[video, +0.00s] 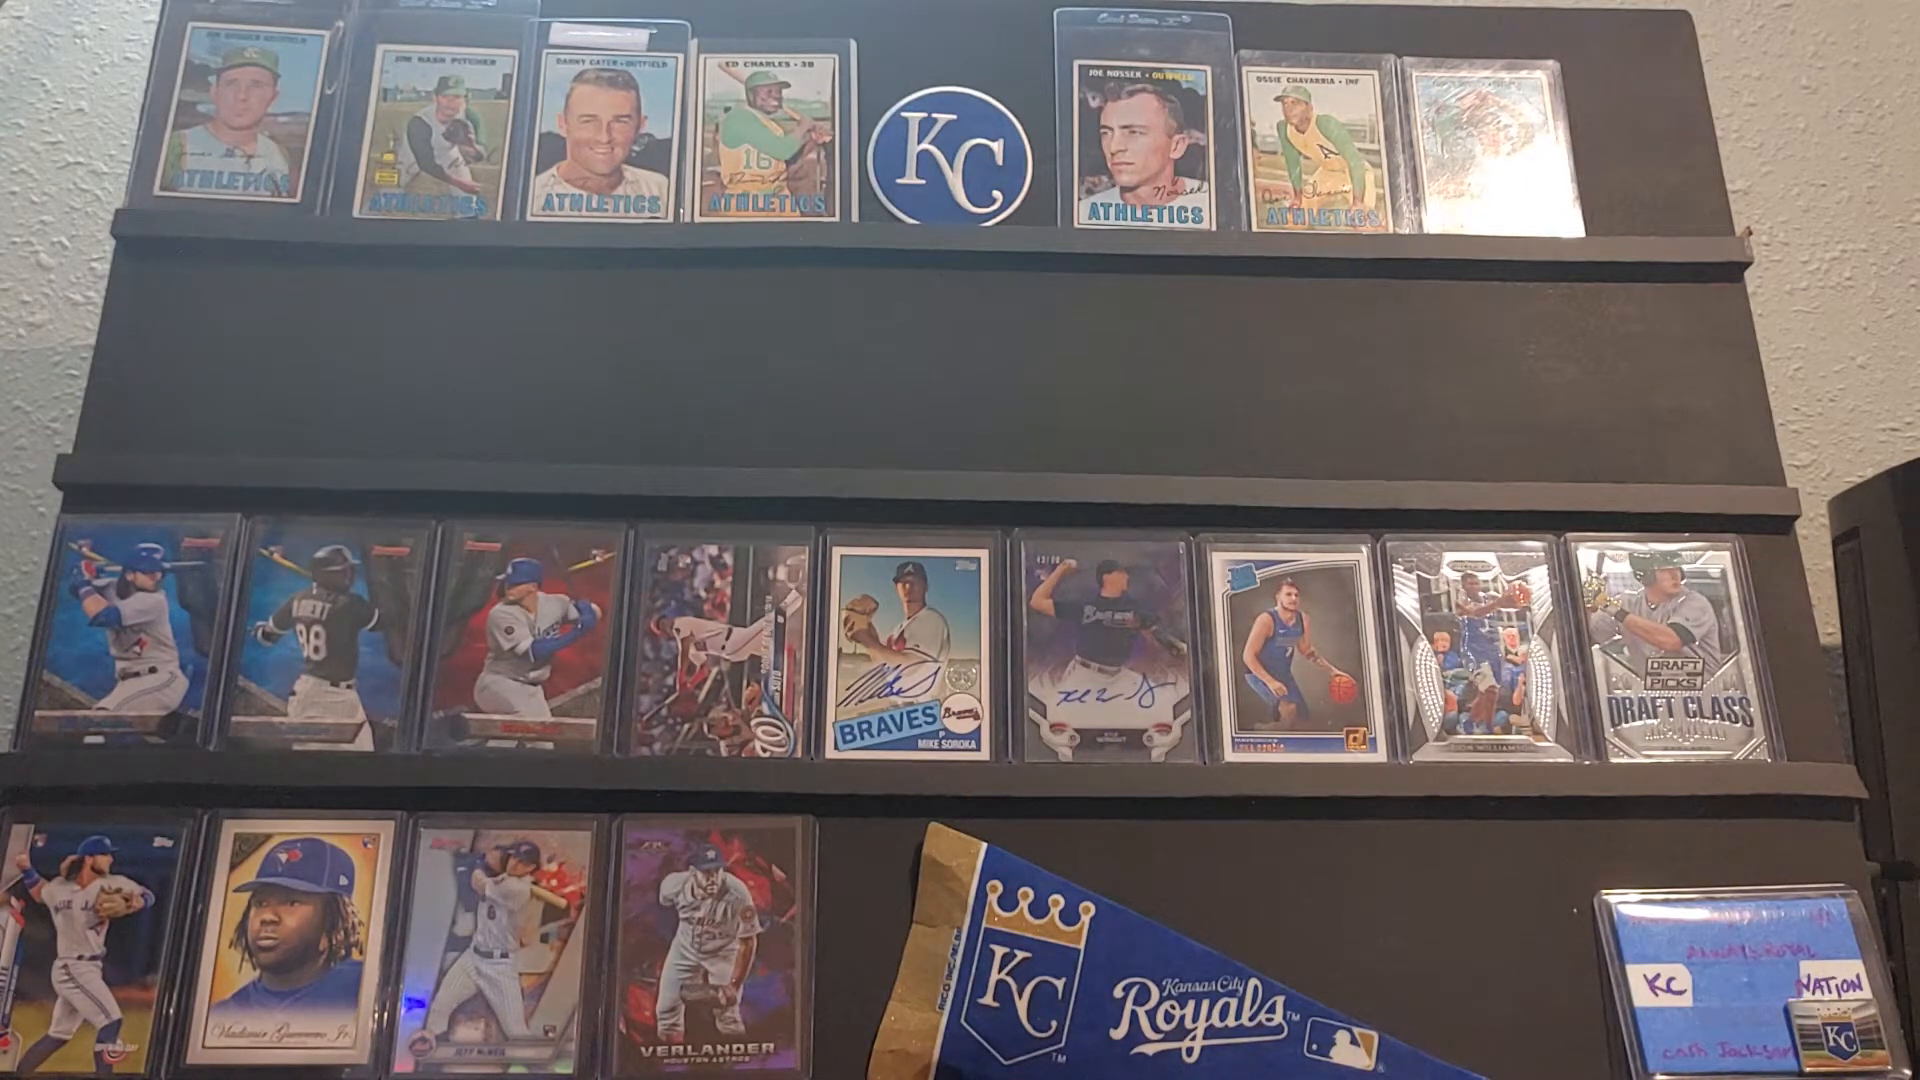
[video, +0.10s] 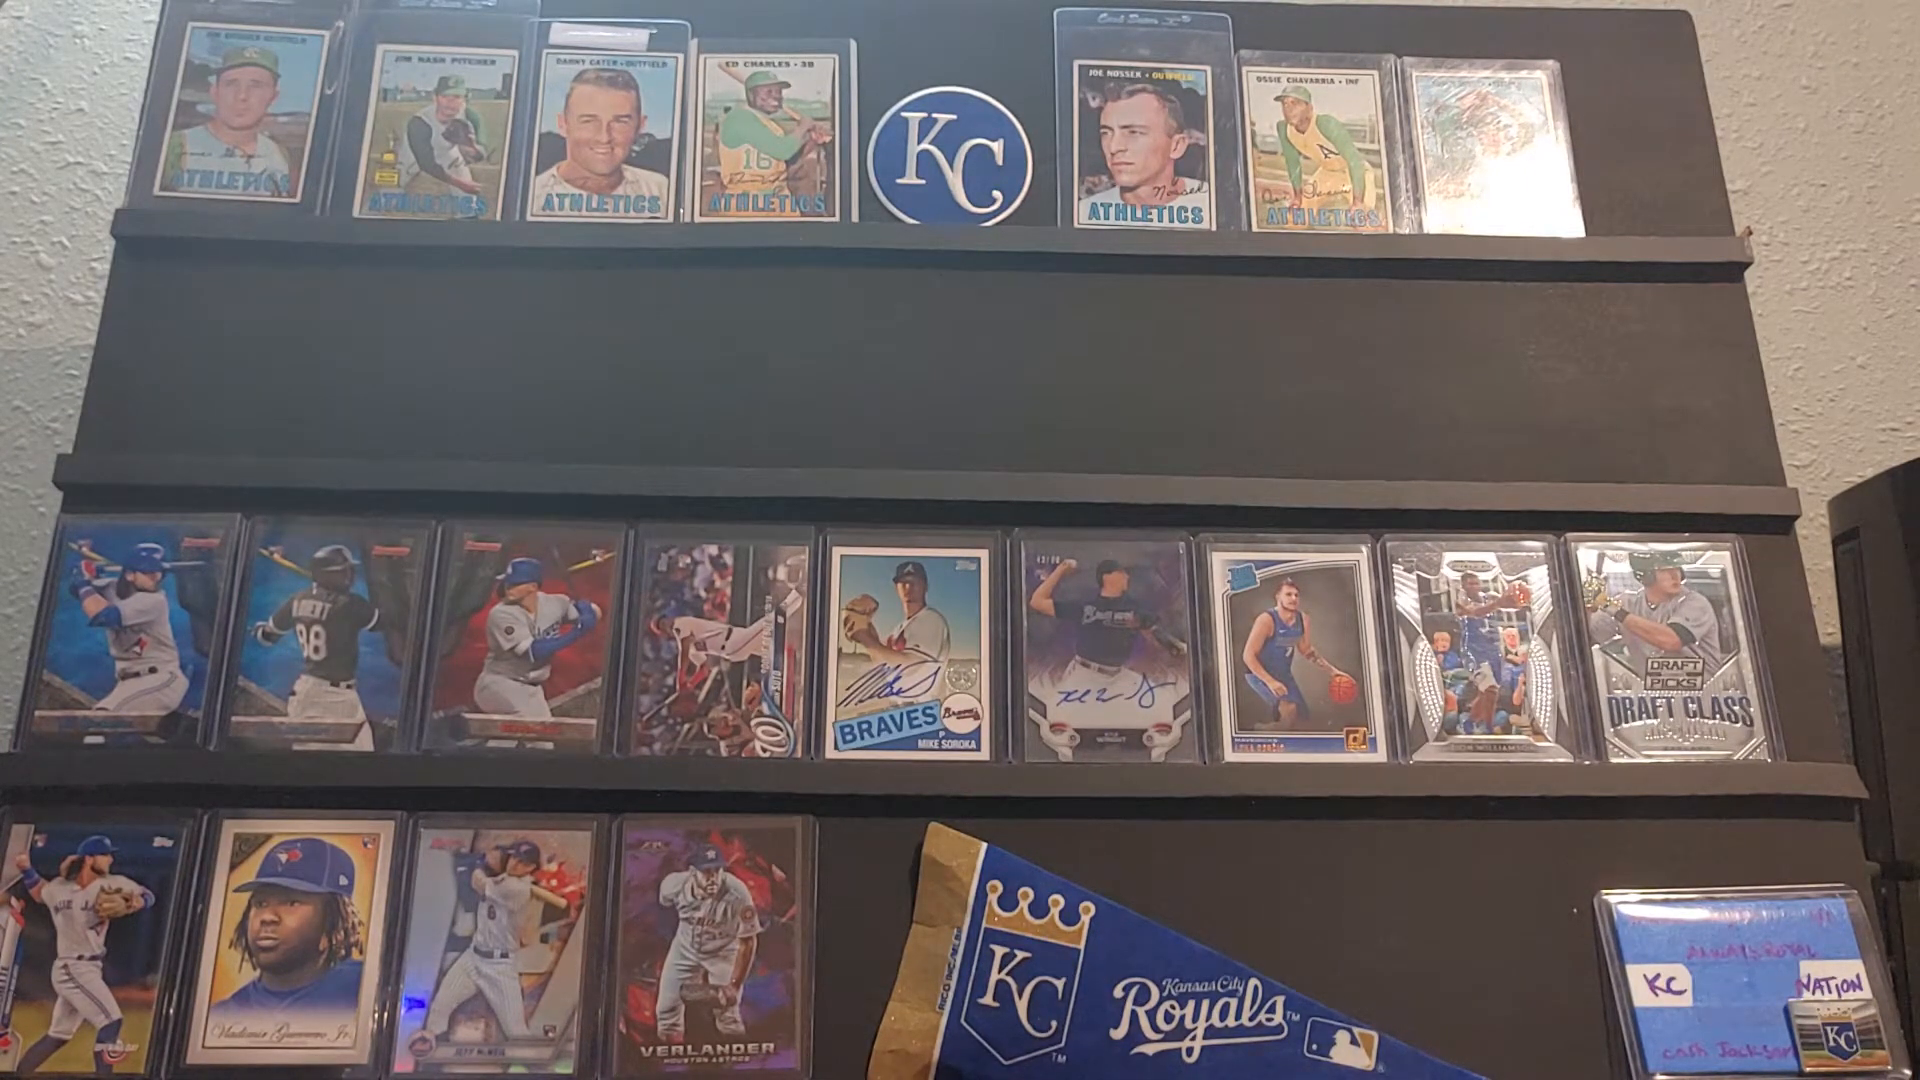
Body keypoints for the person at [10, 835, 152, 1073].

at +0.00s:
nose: (110, 859)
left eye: (110, 855)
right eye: (105, 855)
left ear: (95, 861)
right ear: (89, 859)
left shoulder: (112, 884)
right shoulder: (58, 888)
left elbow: (149, 896)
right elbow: (39, 892)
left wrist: (134, 904)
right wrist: (27, 869)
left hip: (90, 968)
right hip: (71, 968)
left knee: (58, 1035)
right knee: (111, 1020)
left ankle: (19, 1072)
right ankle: (104, 1074)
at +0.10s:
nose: (110, 860)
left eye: (110, 855)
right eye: (105, 855)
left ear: (94, 861)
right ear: (89, 860)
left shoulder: (111, 884)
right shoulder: (58, 889)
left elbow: (149, 896)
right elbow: (39, 892)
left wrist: (135, 903)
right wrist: (27, 870)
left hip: (90, 968)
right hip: (71, 968)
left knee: (58, 1036)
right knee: (111, 1020)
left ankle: (19, 1073)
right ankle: (104, 1074)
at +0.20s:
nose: (110, 859)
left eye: (110, 855)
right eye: (105, 855)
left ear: (94, 861)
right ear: (89, 860)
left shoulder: (112, 884)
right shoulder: (58, 889)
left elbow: (148, 896)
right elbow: (39, 891)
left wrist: (134, 904)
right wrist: (27, 869)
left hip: (90, 968)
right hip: (71, 968)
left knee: (58, 1035)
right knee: (111, 1020)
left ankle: (19, 1073)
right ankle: (104, 1074)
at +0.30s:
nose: (110, 859)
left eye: (110, 855)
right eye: (105, 855)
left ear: (94, 861)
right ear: (89, 860)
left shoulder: (112, 884)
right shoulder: (58, 889)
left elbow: (148, 896)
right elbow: (39, 891)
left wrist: (134, 904)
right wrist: (27, 869)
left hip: (90, 968)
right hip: (71, 968)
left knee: (58, 1035)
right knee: (111, 1020)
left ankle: (19, 1073)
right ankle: (104, 1074)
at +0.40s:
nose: (110, 859)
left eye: (110, 855)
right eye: (105, 855)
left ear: (94, 861)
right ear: (89, 860)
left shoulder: (112, 884)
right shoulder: (58, 889)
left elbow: (148, 896)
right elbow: (39, 891)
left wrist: (134, 904)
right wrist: (27, 869)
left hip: (90, 968)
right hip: (71, 968)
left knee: (58, 1035)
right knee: (111, 1020)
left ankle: (19, 1073)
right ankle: (104, 1074)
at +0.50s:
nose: (110, 859)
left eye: (110, 855)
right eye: (105, 855)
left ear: (95, 861)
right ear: (89, 859)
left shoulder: (111, 884)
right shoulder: (58, 889)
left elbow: (149, 896)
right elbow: (39, 891)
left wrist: (134, 903)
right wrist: (27, 869)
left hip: (90, 968)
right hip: (71, 968)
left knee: (58, 1035)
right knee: (111, 1020)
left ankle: (19, 1073)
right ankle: (104, 1074)